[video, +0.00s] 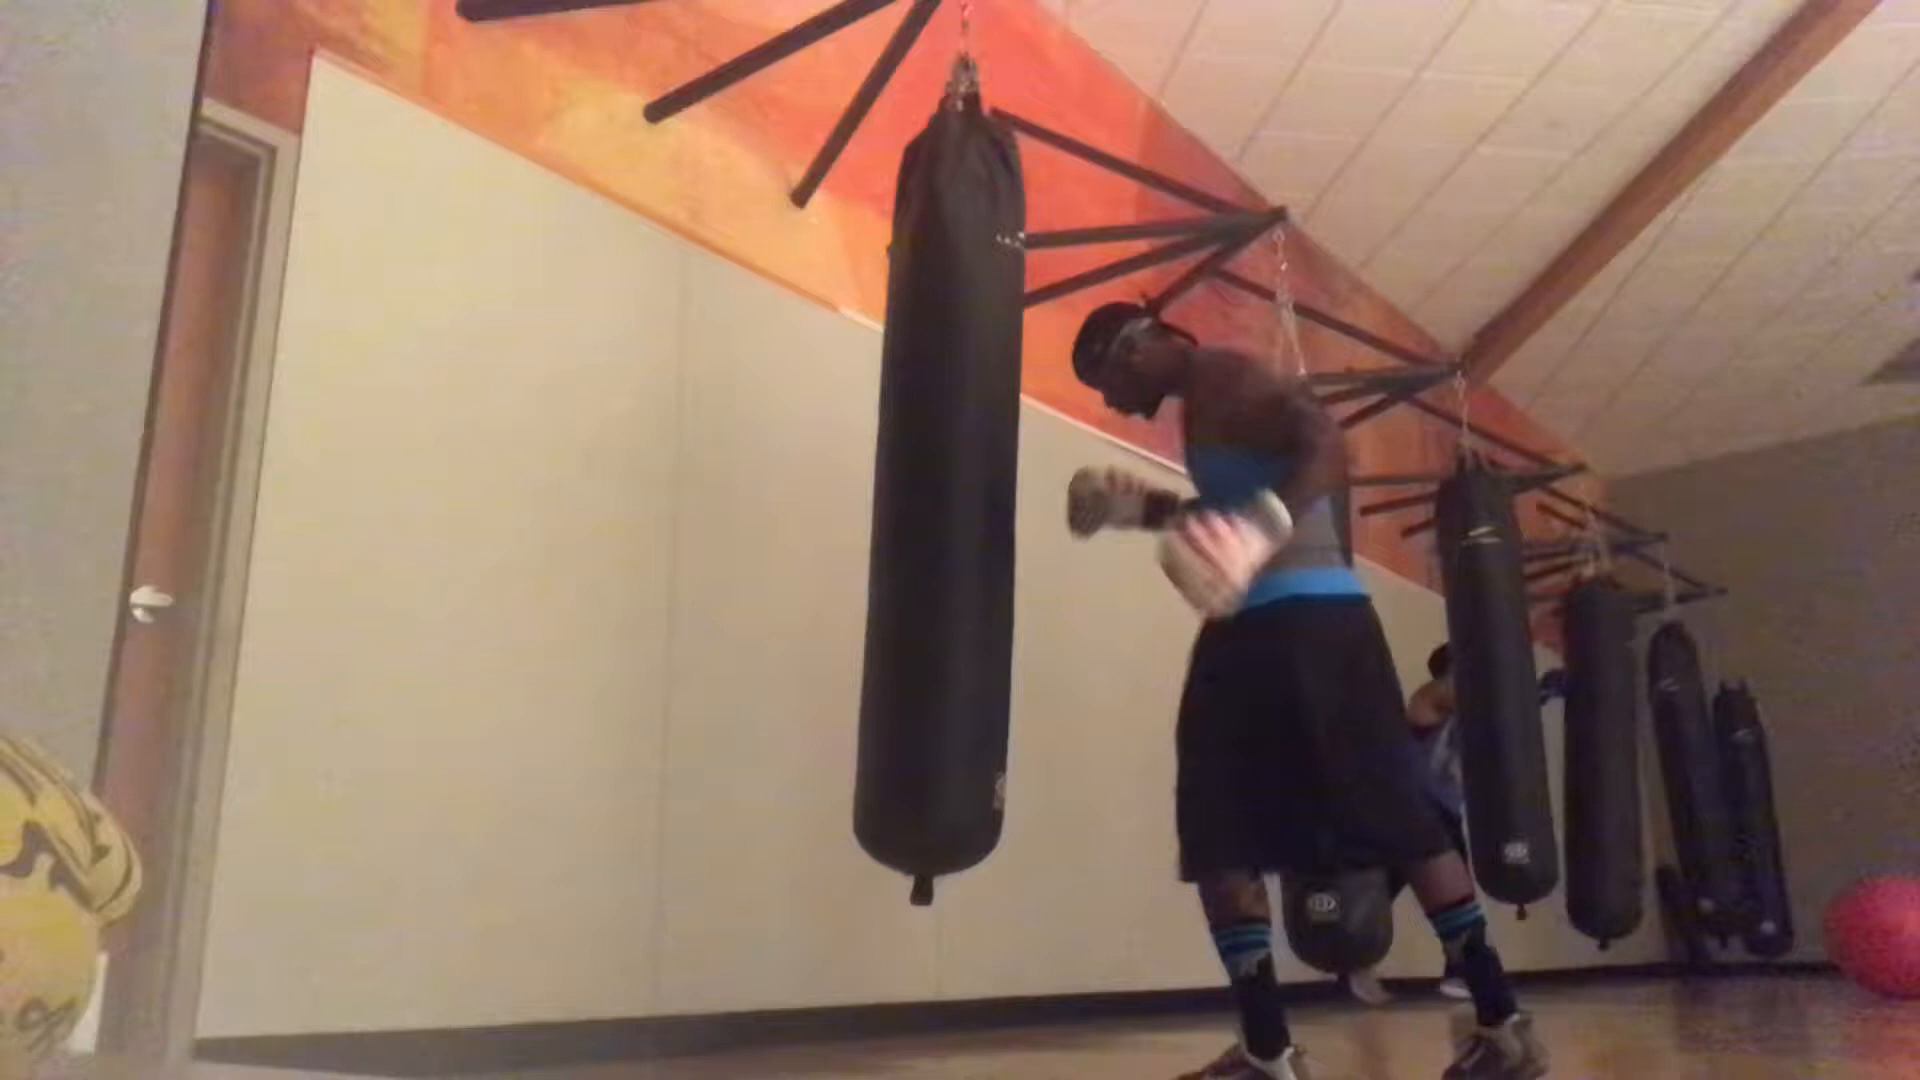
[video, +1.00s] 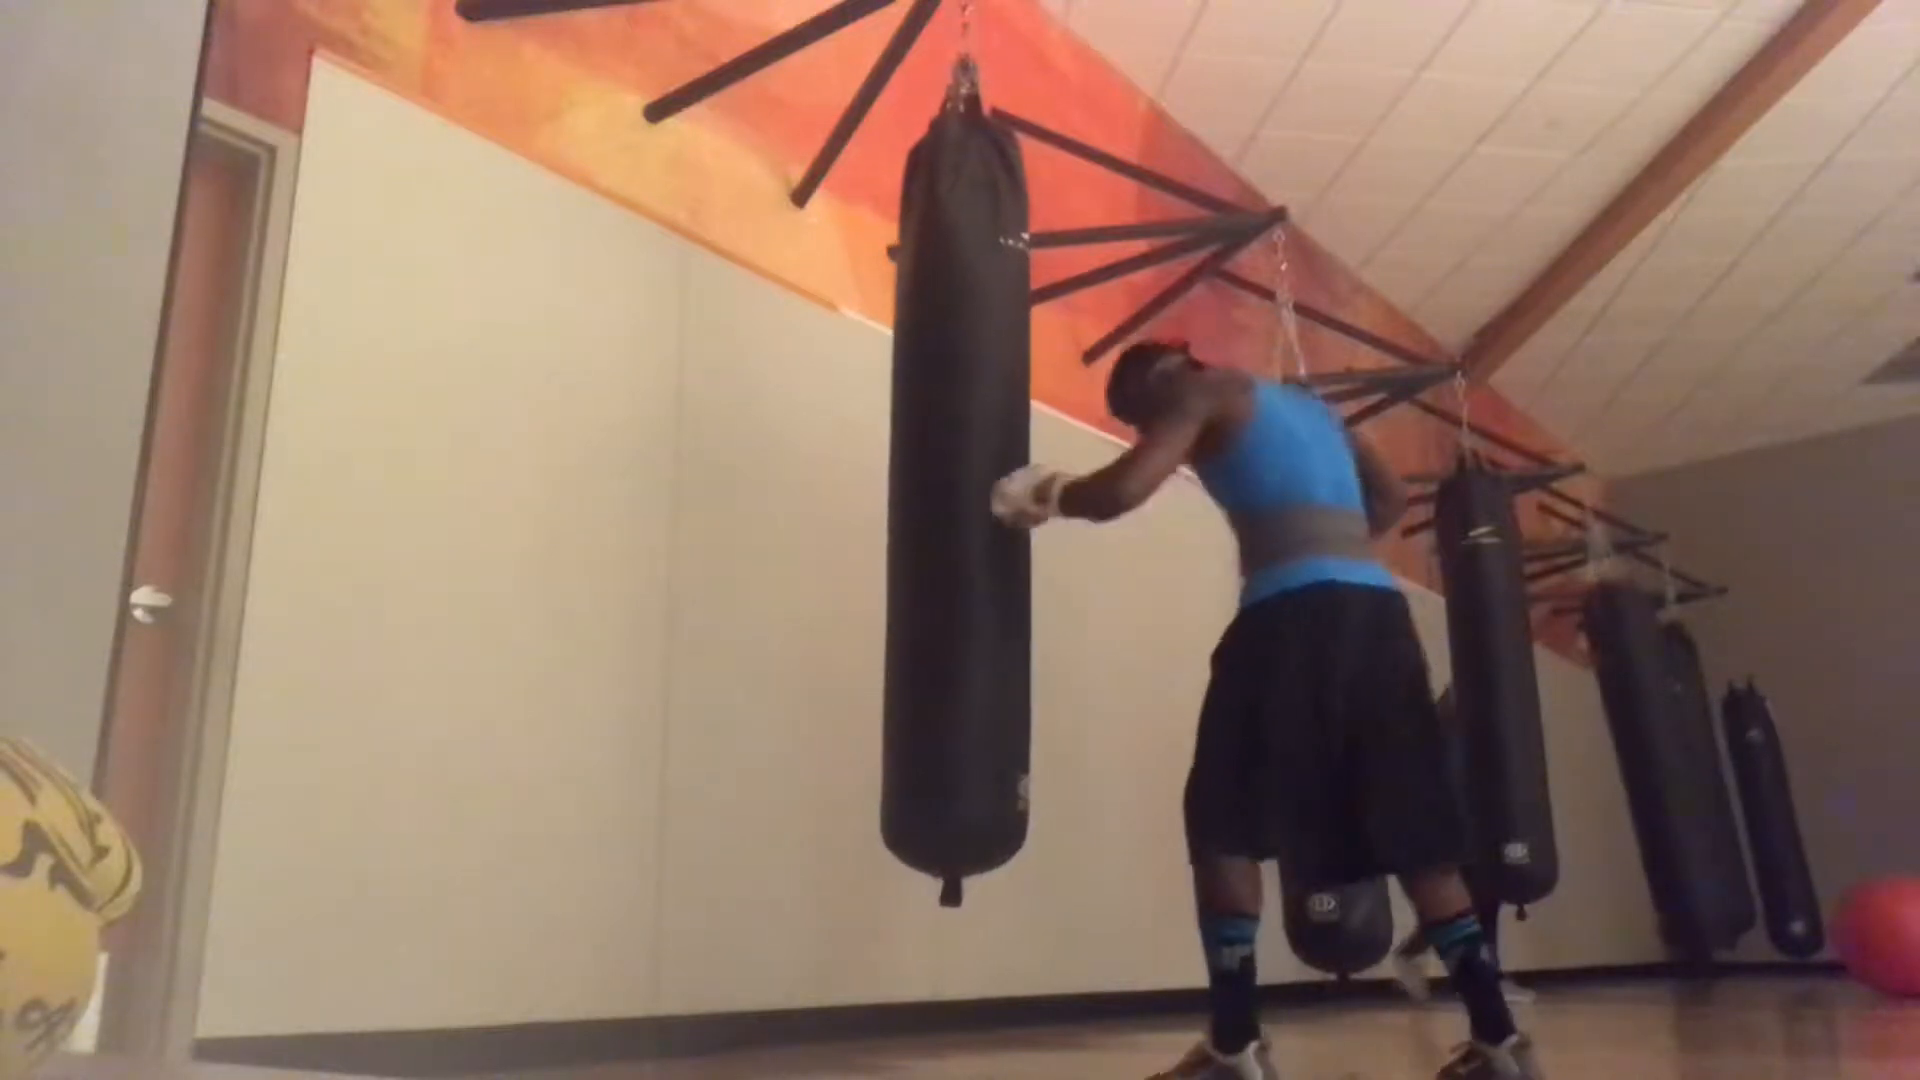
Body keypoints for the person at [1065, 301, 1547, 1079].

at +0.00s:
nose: (1117, 401)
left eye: (1112, 380)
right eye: (1107, 391)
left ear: (1143, 339)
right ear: (1143, 346)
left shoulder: (1223, 373)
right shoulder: (1205, 400)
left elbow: (1322, 438)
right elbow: (1245, 507)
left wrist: (1262, 529)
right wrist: (1142, 507)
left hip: (1312, 629)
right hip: (1246, 636)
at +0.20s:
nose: (1119, 400)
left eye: (1109, 383)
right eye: (1108, 390)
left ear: (1129, 342)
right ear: (1157, 323)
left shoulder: (1171, 374)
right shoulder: (1276, 371)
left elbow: (1187, 494)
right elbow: (1333, 490)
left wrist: (1105, 562)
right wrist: (1331, 577)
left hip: (1248, 631)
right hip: (1342, 618)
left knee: (1237, 834)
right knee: (1402, 807)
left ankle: (1267, 1046)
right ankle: (1492, 1013)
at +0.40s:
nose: (1129, 406)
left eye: (1118, 386)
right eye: (1118, 395)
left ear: (1132, 344)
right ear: (1164, 323)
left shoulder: (1175, 366)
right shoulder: (1279, 371)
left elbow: (1163, 500)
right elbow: (1335, 499)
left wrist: (1088, 528)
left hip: (1253, 624)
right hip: (1345, 613)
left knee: (1243, 830)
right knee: (1402, 807)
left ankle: (1267, 1046)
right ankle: (1495, 1009)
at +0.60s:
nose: (1145, 397)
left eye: (1138, 376)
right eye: (1135, 387)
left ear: (1162, 332)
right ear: (1181, 328)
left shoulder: (1233, 362)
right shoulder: (1262, 387)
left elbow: (1271, 469)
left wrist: (1177, 482)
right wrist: (1089, 502)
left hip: (1292, 614)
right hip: (1367, 609)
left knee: (1271, 831)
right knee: (1403, 818)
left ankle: (1271, 1045)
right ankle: (1495, 1021)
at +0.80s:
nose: (1174, 411)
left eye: (1168, 391)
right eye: (1164, 402)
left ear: (1196, 350)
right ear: (1216, 344)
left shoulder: (1256, 379)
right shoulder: (1307, 406)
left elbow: (1260, 472)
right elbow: (1257, 530)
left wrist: (1174, 484)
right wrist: (1152, 515)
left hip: (1307, 622)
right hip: (1393, 620)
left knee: (1221, 806)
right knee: (1420, 824)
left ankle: (1251, 1029)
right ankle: (1500, 1031)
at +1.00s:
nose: (1152, 425)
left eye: (1145, 411)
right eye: (1144, 417)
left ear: (1161, 376)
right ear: (1186, 360)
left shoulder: (1201, 389)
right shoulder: (1308, 404)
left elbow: (1121, 491)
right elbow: (1390, 496)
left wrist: (1054, 492)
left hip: (1284, 628)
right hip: (1378, 624)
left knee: (1221, 825)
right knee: (1418, 833)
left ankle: (1234, 1041)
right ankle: (1499, 1034)